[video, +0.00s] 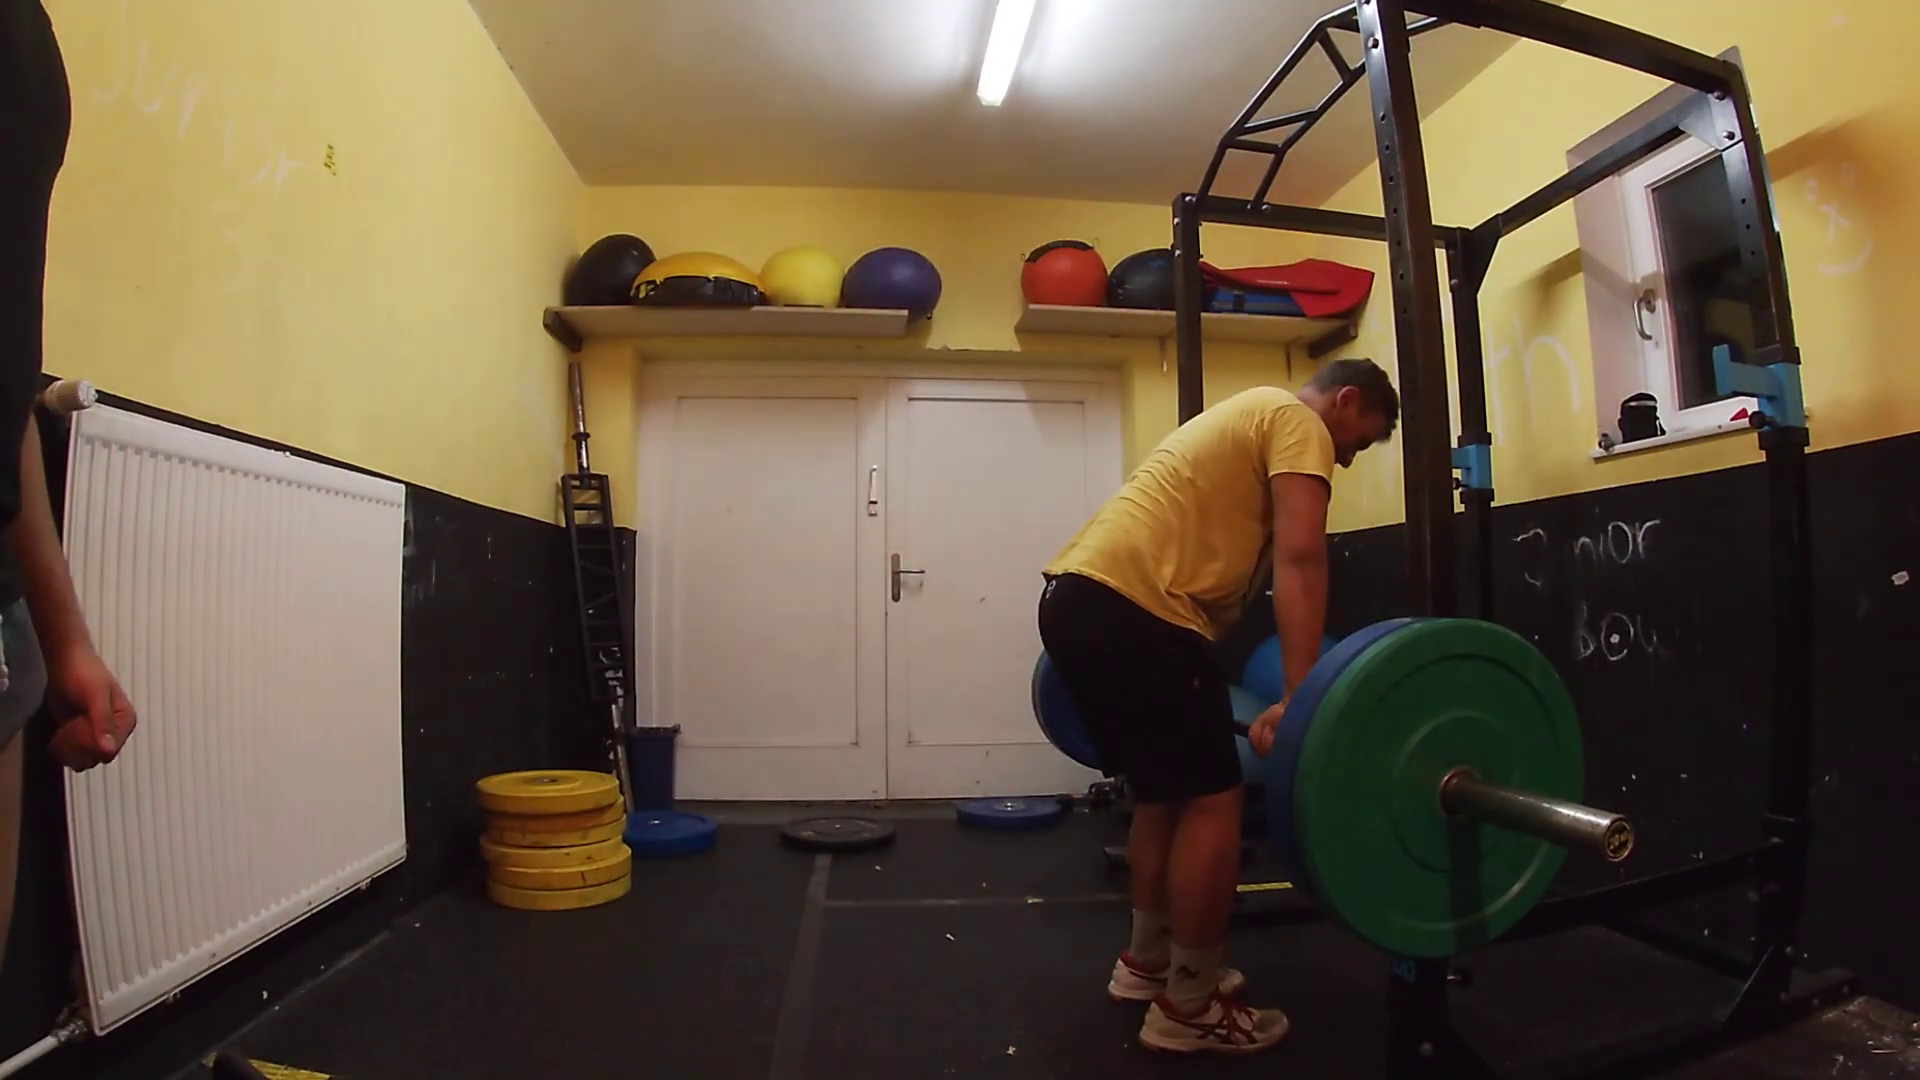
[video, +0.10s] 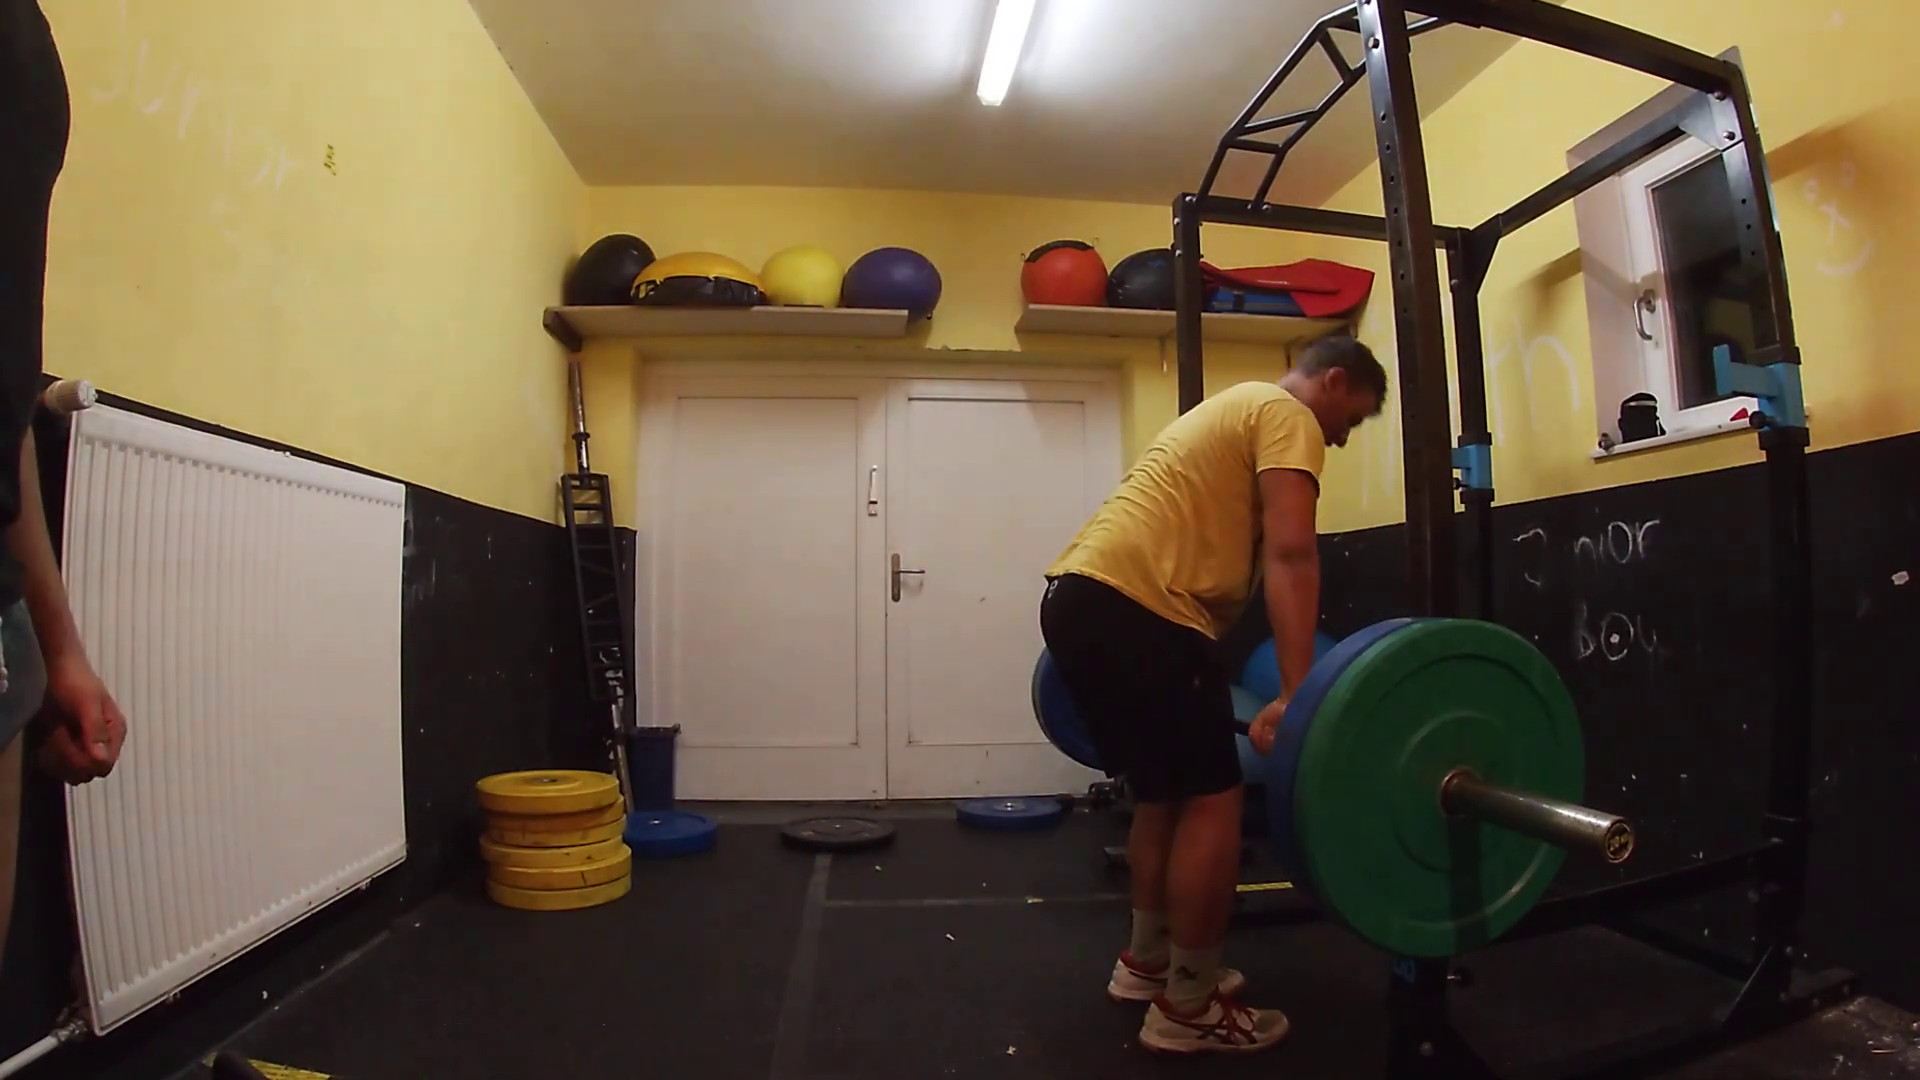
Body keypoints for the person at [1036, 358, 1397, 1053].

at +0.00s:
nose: (1354, 454)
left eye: (1365, 446)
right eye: (1365, 436)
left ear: (1329, 392)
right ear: (1346, 401)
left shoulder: (1247, 417)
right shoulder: (1296, 421)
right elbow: (1300, 557)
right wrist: (1300, 698)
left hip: (1081, 595)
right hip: (1137, 605)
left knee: (1159, 788)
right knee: (1213, 797)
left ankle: (1147, 957)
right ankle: (1190, 1005)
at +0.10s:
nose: (1345, 435)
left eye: (1356, 424)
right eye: (1355, 416)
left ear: (1312, 375)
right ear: (1334, 382)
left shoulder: (1232, 410)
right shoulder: (1285, 415)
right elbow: (1290, 551)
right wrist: (1297, 693)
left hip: (1083, 598)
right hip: (1136, 608)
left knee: (1164, 789)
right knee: (1213, 797)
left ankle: (1146, 958)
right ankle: (1190, 1005)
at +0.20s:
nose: (1336, 406)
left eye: (1343, 391)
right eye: (1340, 386)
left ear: (1285, 356)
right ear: (1315, 360)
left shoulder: (1215, 403)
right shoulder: (1271, 406)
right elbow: (1283, 544)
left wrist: (1199, 670)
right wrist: (1295, 687)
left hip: (1080, 597)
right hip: (1135, 608)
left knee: (1164, 789)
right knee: (1214, 797)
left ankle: (1147, 959)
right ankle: (1191, 1004)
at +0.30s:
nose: (1314, 378)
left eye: (1319, 363)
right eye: (1315, 359)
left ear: (1258, 332)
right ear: (1288, 334)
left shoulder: (1198, 389)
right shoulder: (1253, 389)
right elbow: (1274, 527)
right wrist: (1293, 668)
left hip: (1084, 598)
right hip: (1140, 607)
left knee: (1160, 791)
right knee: (1214, 796)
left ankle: (1148, 960)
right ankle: (1190, 1004)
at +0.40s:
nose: (1283, 341)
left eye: (1285, 327)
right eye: (1281, 324)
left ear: (1219, 309)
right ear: (1250, 309)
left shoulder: (1176, 369)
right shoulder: (1230, 369)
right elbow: (1262, 501)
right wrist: (1290, 641)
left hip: (1087, 598)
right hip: (1142, 606)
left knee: (1163, 787)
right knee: (1211, 794)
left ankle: (1149, 959)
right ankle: (1188, 1005)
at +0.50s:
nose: (1250, 313)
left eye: (1251, 298)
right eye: (1247, 296)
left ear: (1182, 288)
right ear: (1214, 283)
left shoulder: (1143, 355)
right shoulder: (1203, 346)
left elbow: (1138, 493)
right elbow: (1244, 474)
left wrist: (1196, 609)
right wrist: (1282, 609)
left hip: (1088, 598)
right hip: (1147, 606)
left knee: (1150, 779)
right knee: (1202, 793)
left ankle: (1147, 957)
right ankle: (1191, 1002)